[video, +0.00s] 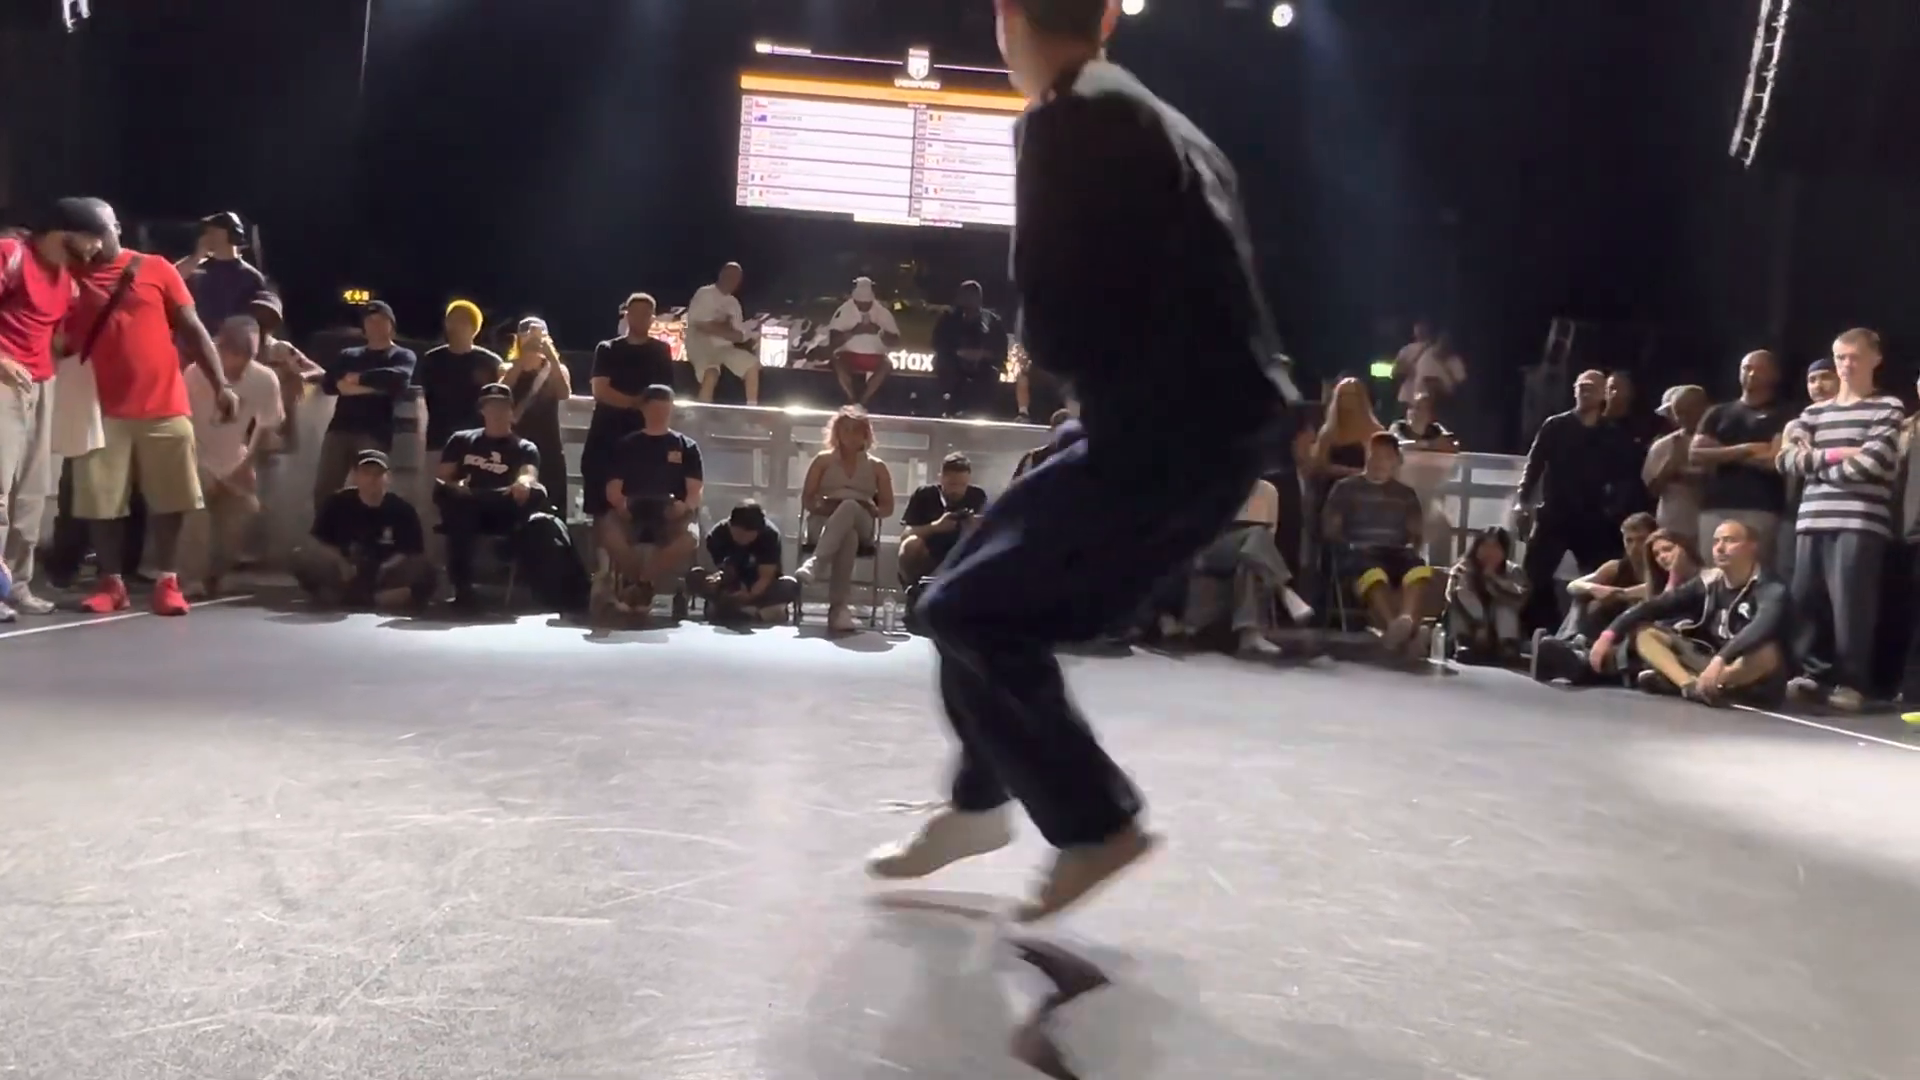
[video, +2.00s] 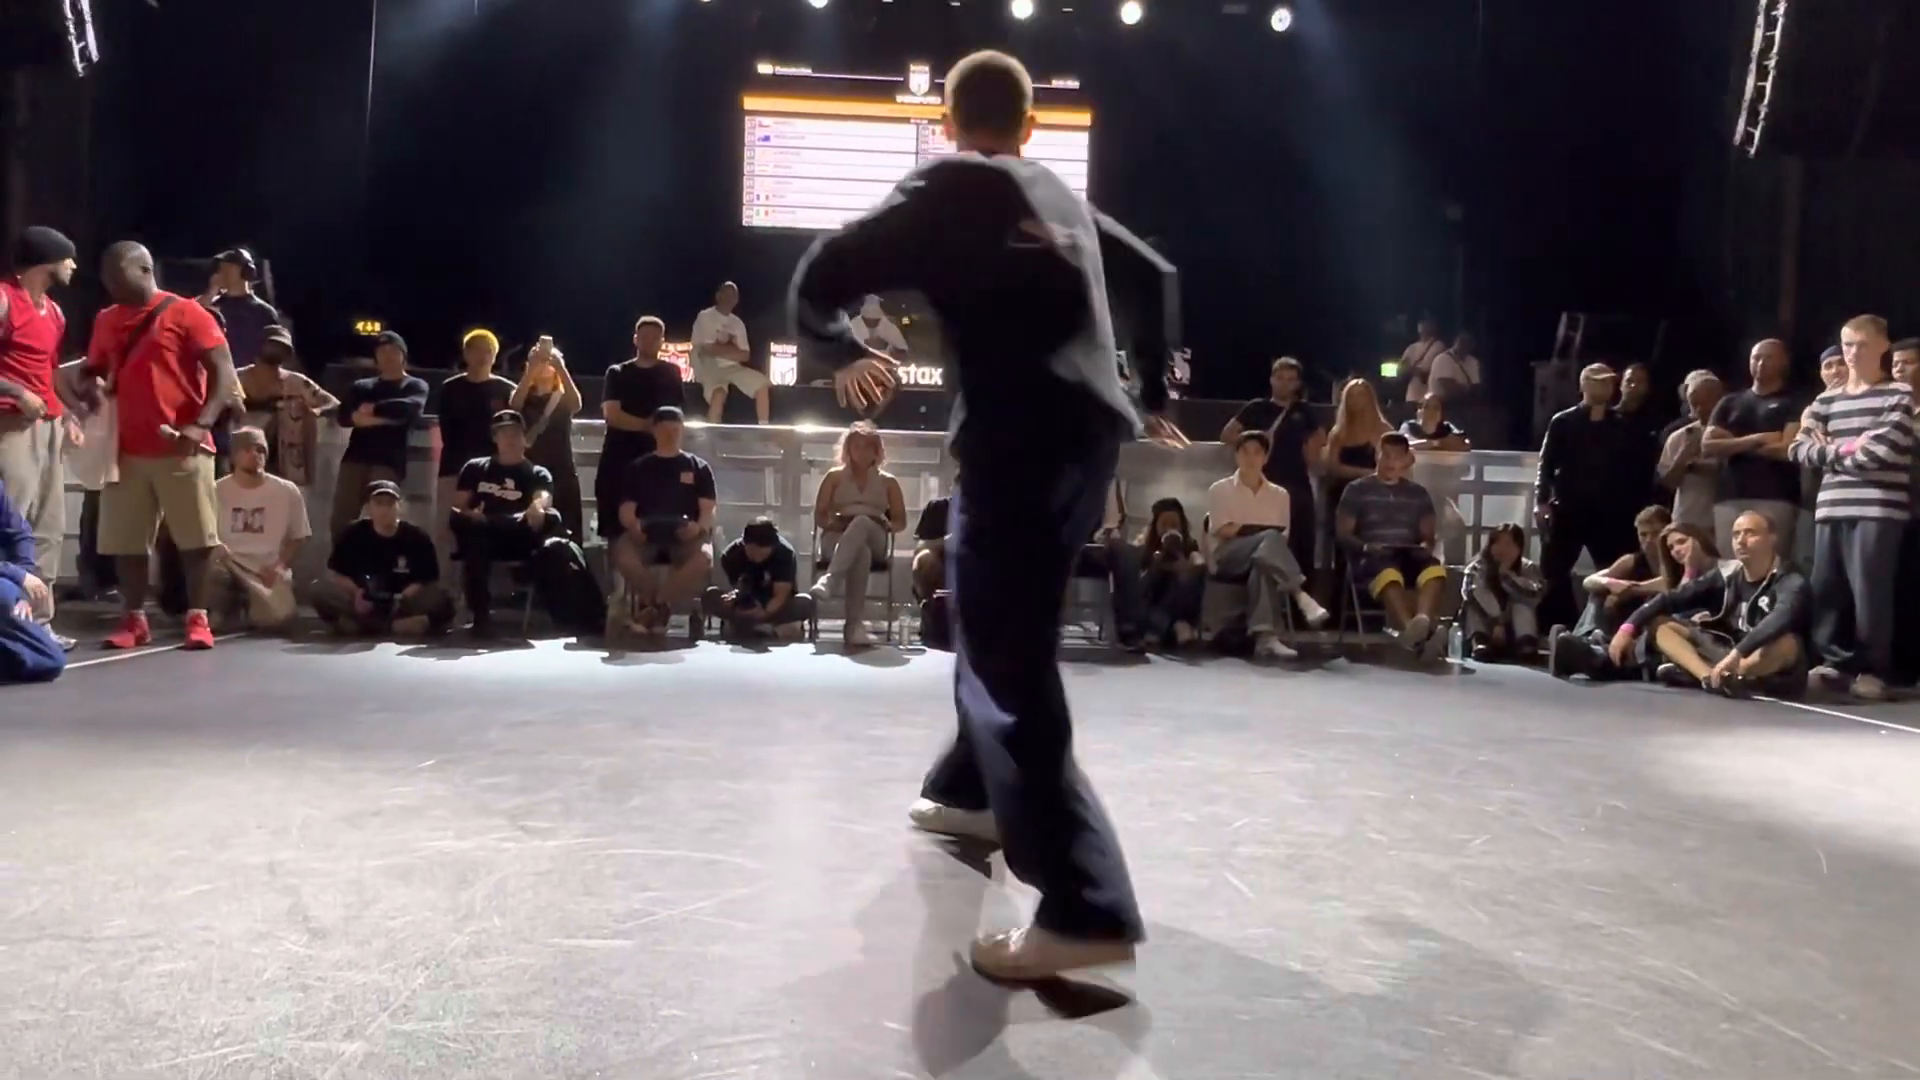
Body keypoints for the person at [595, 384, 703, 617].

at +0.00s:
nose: (659, 412)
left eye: (664, 407)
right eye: (654, 406)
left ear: (671, 409)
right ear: (644, 409)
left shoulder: (687, 447)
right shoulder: (625, 445)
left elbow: (695, 494)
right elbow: (613, 489)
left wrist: (679, 508)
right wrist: (628, 510)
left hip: (670, 509)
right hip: (633, 508)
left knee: (689, 537)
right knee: (608, 527)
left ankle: (642, 581)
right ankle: (639, 584)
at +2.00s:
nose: (670, 433)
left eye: (675, 428)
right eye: (665, 428)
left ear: (682, 430)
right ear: (654, 430)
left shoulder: (698, 467)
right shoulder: (637, 467)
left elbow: (707, 509)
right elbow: (626, 509)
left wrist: (698, 527)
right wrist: (635, 528)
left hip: (683, 528)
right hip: (647, 528)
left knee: (703, 557)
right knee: (623, 552)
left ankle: (655, 607)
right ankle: (659, 606)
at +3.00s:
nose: (682, 422)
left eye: (687, 417)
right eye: (677, 417)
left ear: (694, 421)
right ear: (666, 420)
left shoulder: (709, 456)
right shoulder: (649, 456)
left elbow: (718, 499)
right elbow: (637, 499)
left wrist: (708, 517)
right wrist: (648, 517)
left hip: (694, 519)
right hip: (659, 518)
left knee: (714, 550)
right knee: (637, 544)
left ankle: (670, 598)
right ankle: (665, 596)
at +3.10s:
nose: (683, 422)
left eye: (688, 417)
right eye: (677, 417)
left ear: (695, 420)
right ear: (667, 419)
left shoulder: (711, 456)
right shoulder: (650, 456)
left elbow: (719, 501)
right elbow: (639, 498)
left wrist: (709, 517)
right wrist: (648, 516)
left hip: (695, 519)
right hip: (660, 519)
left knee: (716, 546)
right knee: (638, 536)